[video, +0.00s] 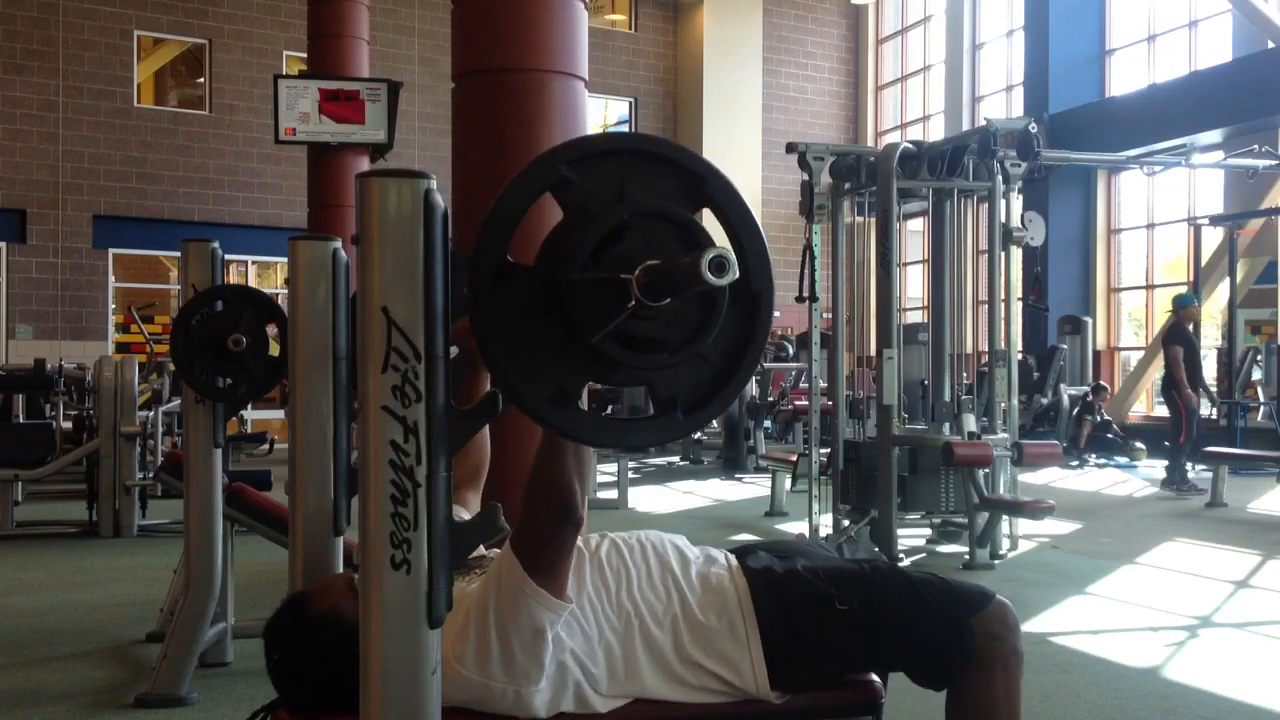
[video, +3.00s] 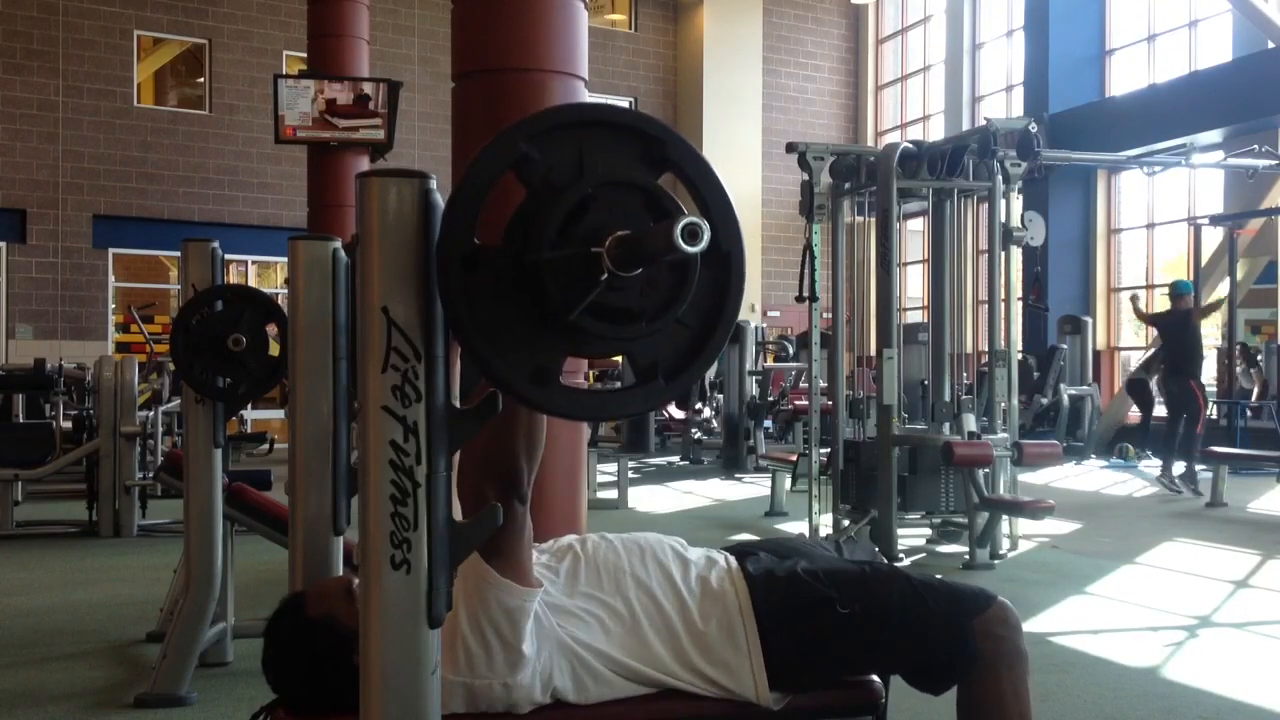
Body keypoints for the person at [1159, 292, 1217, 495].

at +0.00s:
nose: (1199, 310)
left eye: (1198, 307)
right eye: (1195, 307)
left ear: (1187, 311)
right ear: (1183, 310)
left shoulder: (1186, 332)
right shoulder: (1175, 331)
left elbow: (1194, 368)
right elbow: (1176, 365)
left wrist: (1208, 392)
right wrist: (1185, 392)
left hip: (1187, 387)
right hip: (1177, 387)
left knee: (1185, 433)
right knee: (1184, 433)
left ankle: (1173, 476)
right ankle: (1179, 478)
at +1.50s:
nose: (1174, 312)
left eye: (1173, 308)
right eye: (1170, 308)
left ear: (1158, 310)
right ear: (1161, 309)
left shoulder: (1156, 329)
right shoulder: (1159, 332)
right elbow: (1165, 364)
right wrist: (1177, 393)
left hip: (1157, 388)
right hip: (1157, 389)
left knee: (1163, 433)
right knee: (1160, 433)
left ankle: (1164, 480)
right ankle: (1157, 484)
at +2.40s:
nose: (1178, 311)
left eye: (1177, 307)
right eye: (1176, 307)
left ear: (1156, 311)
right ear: (1170, 309)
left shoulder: (1149, 334)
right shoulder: (1175, 332)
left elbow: (1150, 365)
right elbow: (1186, 362)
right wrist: (1199, 388)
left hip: (1153, 391)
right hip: (1171, 391)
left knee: (1163, 432)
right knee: (1184, 431)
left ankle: (1164, 478)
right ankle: (1167, 479)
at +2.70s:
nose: (1185, 313)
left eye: (1184, 309)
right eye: (1182, 309)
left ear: (1165, 313)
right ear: (1176, 312)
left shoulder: (1155, 336)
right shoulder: (1180, 334)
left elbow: (1147, 365)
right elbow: (1195, 363)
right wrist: (1217, 385)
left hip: (1161, 393)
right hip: (1178, 393)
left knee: (1175, 436)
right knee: (1197, 432)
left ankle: (1168, 480)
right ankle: (1177, 479)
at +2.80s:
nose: (1187, 318)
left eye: (1186, 314)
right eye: (1185, 315)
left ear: (1168, 317)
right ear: (1178, 317)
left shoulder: (1159, 338)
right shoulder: (1180, 337)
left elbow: (1143, 362)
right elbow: (1203, 357)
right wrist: (1231, 368)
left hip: (1165, 396)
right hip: (1180, 396)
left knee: (1182, 437)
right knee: (1201, 436)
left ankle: (1169, 481)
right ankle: (1178, 482)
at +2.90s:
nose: (1190, 311)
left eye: (1189, 308)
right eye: (1188, 308)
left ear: (1169, 310)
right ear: (1182, 309)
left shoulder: (1159, 331)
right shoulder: (1184, 328)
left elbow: (1144, 338)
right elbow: (1203, 336)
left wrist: (1140, 335)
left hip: (1167, 390)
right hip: (1184, 390)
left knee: (1180, 432)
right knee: (1200, 429)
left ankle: (1168, 478)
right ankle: (1180, 478)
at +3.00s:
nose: (1192, 300)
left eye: (1191, 296)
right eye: (1190, 296)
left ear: (1171, 298)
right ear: (1185, 297)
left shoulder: (1161, 318)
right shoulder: (1191, 314)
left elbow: (1142, 316)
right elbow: (1208, 310)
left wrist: (1135, 304)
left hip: (1168, 377)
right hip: (1187, 377)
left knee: (1174, 420)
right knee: (1197, 417)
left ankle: (1166, 471)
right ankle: (1190, 471)